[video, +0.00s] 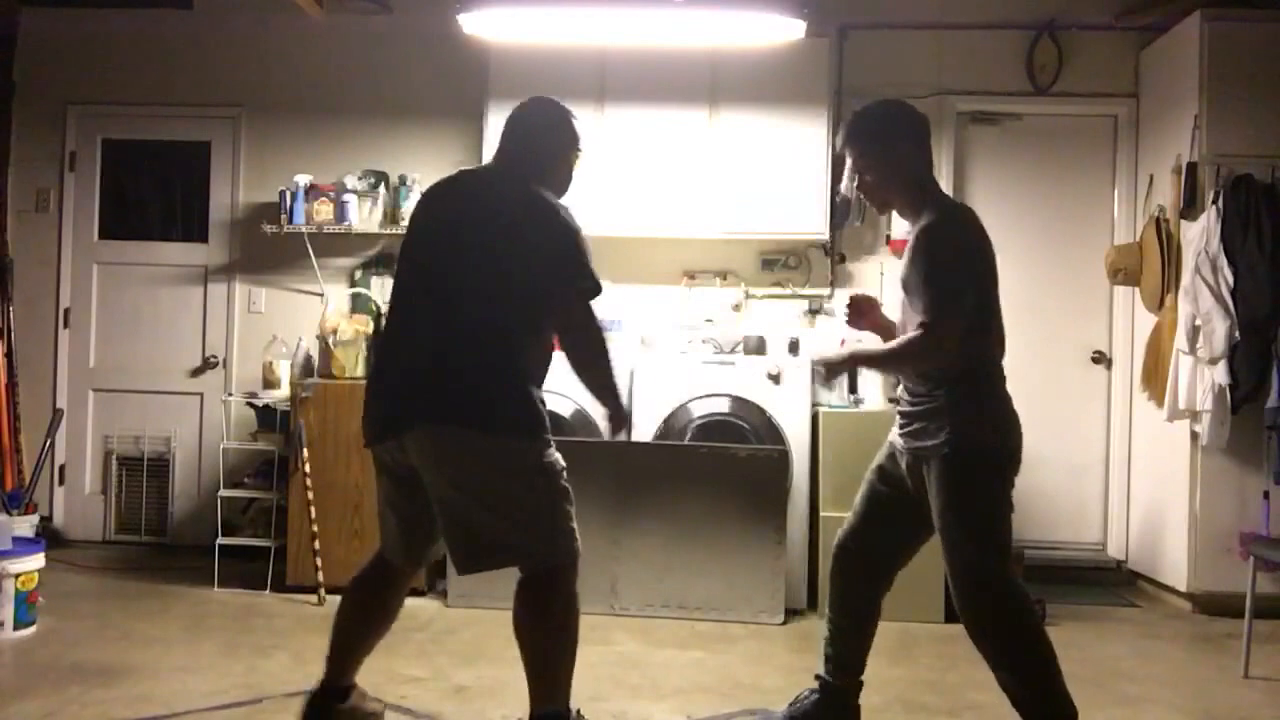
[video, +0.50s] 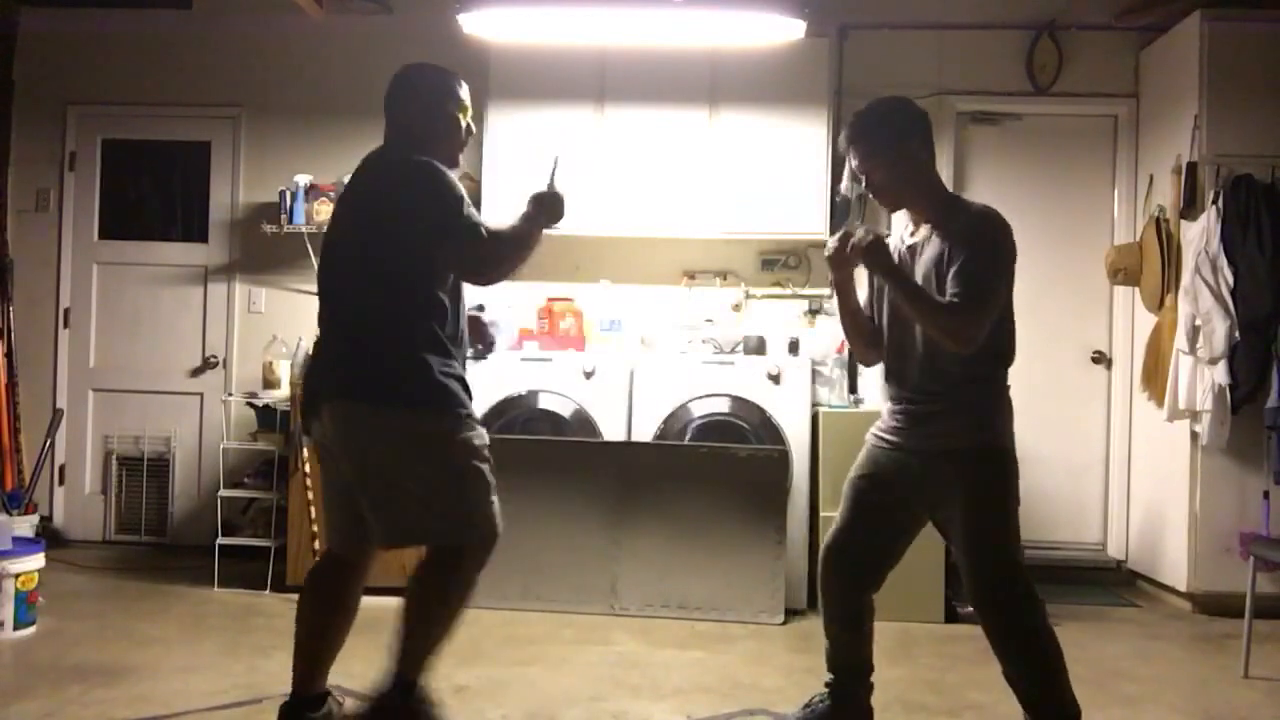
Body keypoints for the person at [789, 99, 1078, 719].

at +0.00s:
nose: (852, 184)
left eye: (858, 166)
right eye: (848, 169)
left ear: (899, 157)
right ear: (901, 162)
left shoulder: (948, 231)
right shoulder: (929, 233)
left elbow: (940, 346)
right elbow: (951, 337)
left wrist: (853, 360)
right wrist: (885, 323)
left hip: (964, 438)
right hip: (916, 435)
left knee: (986, 600)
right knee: (856, 561)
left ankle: (1057, 717)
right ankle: (837, 696)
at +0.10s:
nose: (854, 180)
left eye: (862, 162)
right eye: (851, 167)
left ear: (909, 154)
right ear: (897, 162)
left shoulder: (957, 227)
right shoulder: (919, 238)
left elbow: (965, 338)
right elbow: (927, 332)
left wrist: (871, 325)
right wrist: (871, 319)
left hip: (959, 441)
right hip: (905, 435)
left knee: (983, 600)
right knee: (843, 564)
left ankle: (1056, 717)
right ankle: (846, 699)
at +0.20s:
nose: (857, 173)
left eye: (865, 157)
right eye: (854, 160)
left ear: (913, 150)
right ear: (888, 161)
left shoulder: (967, 228)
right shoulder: (898, 247)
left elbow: (957, 337)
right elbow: (887, 351)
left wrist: (867, 294)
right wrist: (844, 296)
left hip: (963, 440)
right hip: (898, 434)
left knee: (987, 602)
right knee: (841, 570)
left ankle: (1057, 717)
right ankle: (846, 699)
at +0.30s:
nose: (861, 173)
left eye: (867, 156)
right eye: (858, 160)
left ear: (914, 149)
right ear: (898, 158)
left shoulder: (979, 227)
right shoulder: (897, 236)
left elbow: (943, 331)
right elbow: (862, 337)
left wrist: (874, 261)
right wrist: (835, 271)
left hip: (969, 439)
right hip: (900, 433)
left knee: (999, 603)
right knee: (847, 572)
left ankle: (1057, 716)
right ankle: (847, 699)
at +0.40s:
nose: (861, 174)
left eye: (868, 158)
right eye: (857, 161)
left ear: (914, 150)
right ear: (891, 160)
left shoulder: (984, 226)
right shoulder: (893, 233)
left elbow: (952, 329)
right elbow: (860, 336)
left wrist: (884, 256)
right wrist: (837, 264)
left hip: (974, 441)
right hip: (901, 434)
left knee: (1003, 600)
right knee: (850, 568)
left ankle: (1059, 717)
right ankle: (848, 698)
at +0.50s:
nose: (857, 178)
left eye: (864, 161)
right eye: (853, 165)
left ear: (909, 153)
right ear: (891, 162)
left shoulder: (982, 229)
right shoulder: (892, 246)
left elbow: (964, 334)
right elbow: (869, 350)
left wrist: (885, 269)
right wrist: (842, 283)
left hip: (971, 445)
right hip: (899, 438)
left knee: (1001, 601)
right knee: (843, 566)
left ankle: (1058, 716)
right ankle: (847, 699)